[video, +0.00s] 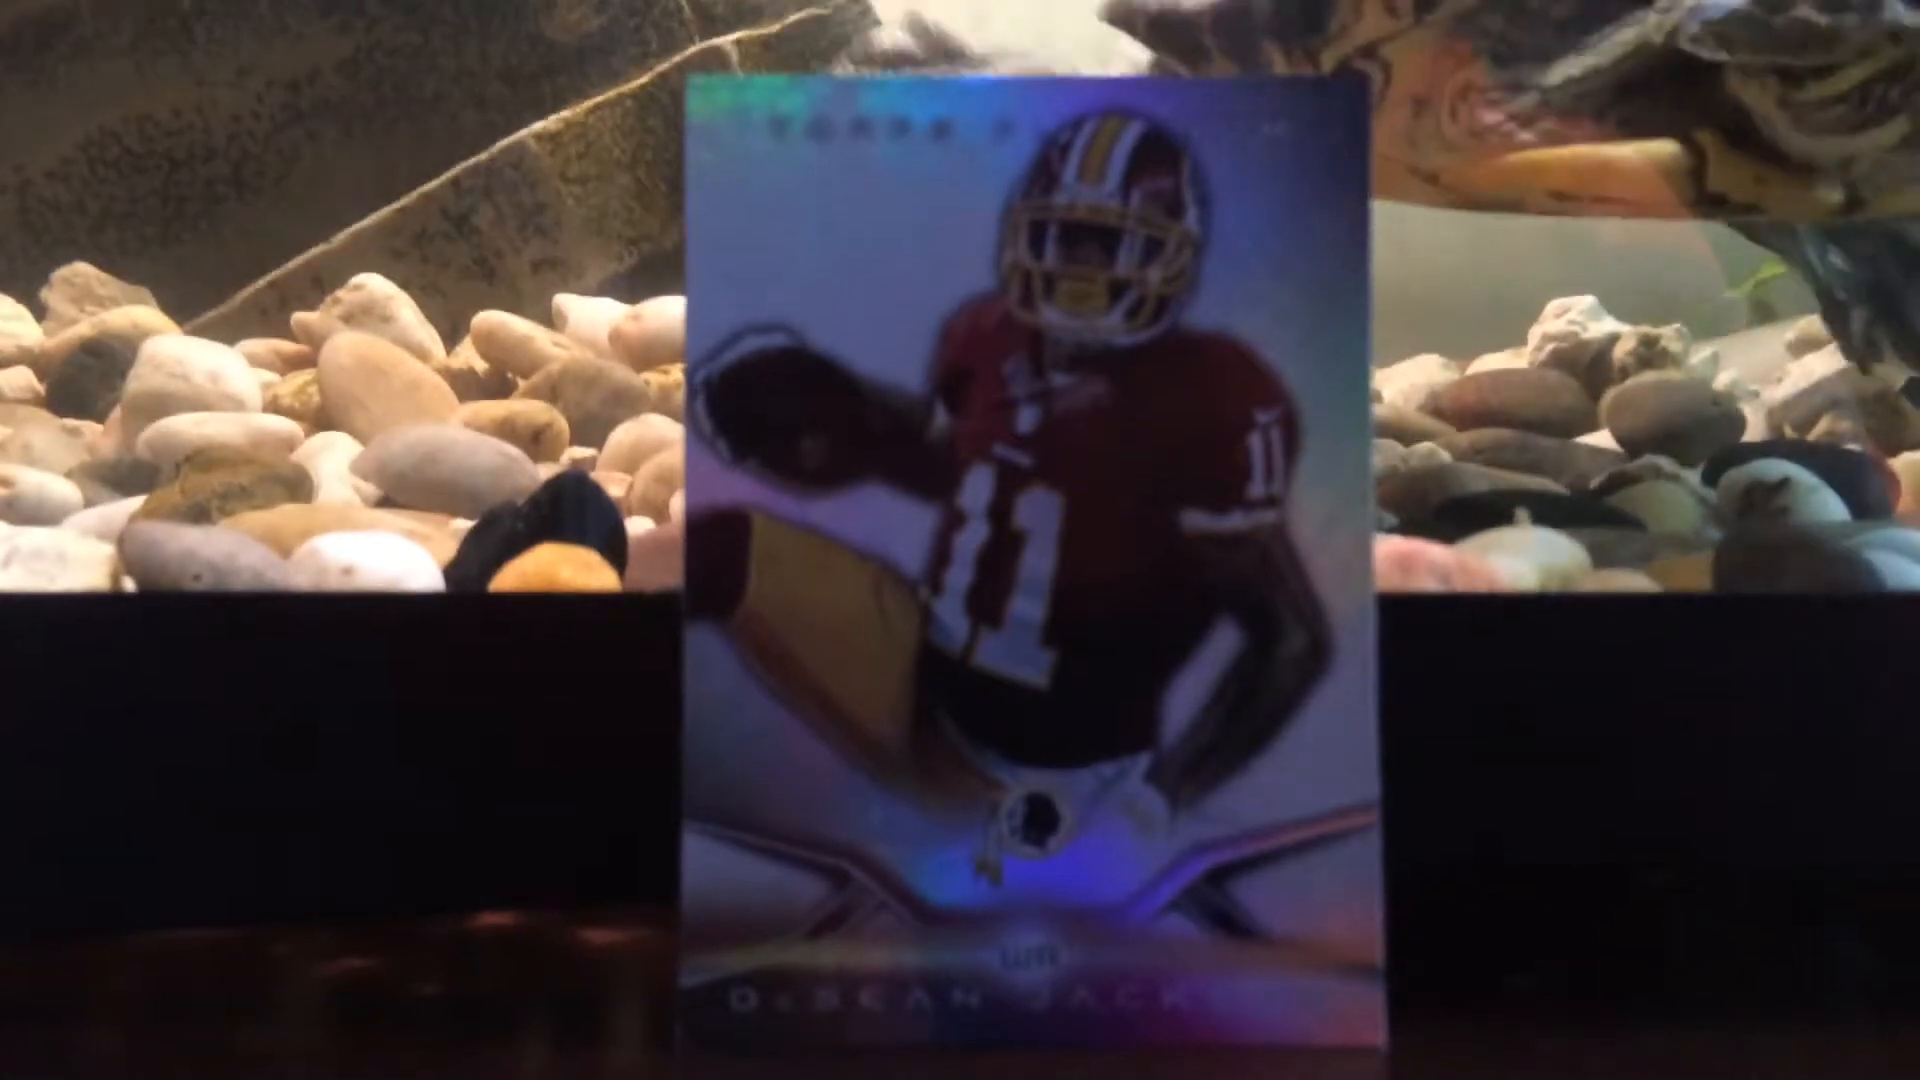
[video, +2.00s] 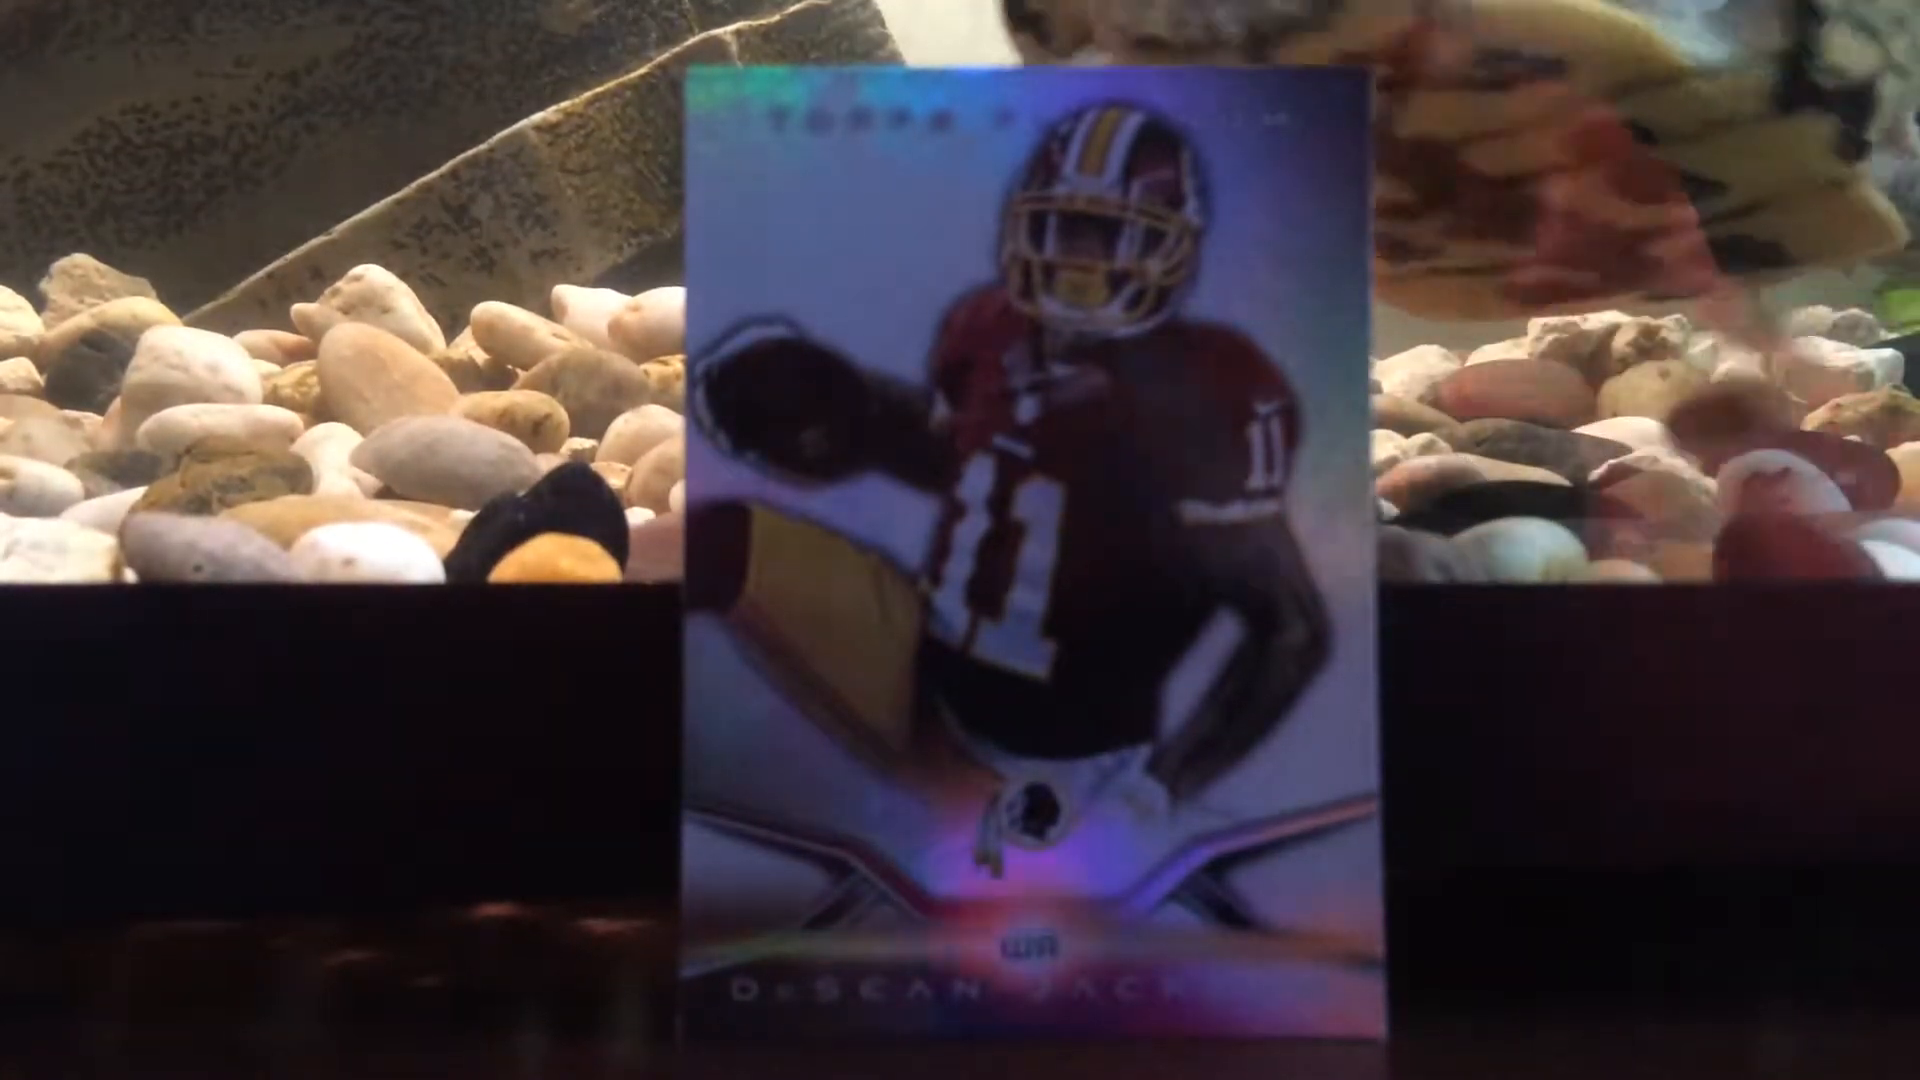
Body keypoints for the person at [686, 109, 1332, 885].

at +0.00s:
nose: (1082, 272)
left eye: (1116, 247)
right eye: (1063, 239)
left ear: (1175, 259)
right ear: (1022, 240)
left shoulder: (1217, 401)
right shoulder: (981, 341)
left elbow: (1293, 642)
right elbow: (961, 472)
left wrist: (1160, 799)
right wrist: (857, 432)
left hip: (1081, 768)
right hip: (932, 695)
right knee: (718, 550)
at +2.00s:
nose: (1080, 261)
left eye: (1114, 236)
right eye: (1062, 228)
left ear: (1174, 250)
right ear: (1023, 232)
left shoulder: (1211, 393)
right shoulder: (979, 331)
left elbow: (1292, 630)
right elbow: (962, 464)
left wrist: (1157, 791)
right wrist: (854, 416)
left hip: (1080, 761)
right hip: (934, 701)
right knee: (719, 543)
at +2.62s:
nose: (1082, 260)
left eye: (1117, 235)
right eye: (1062, 227)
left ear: (1175, 249)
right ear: (1022, 228)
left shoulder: (1215, 387)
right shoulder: (980, 328)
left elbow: (1291, 630)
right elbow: (960, 457)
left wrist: (1154, 790)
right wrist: (852, 412)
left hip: (1073, 761)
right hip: (925, 680)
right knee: (722, 537)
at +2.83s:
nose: (1081, 256)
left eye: (1115, 231)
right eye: (1061, 224)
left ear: (1174, 247)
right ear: (1022, 227)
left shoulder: (1215, 388)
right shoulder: (979, 328)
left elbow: (1291, 629)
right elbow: (955, 455)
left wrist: (1155, 789)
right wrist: (855, 412)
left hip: (1075, 763)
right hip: (927, 680)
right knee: (725, 537)